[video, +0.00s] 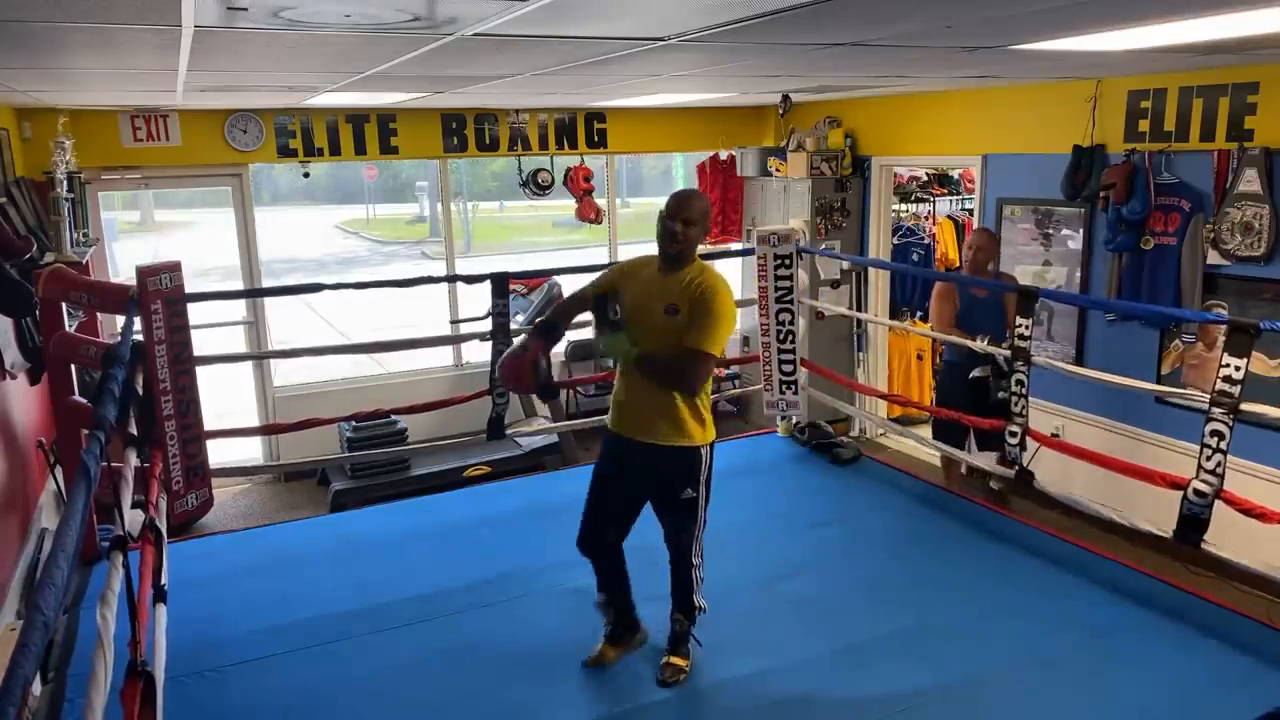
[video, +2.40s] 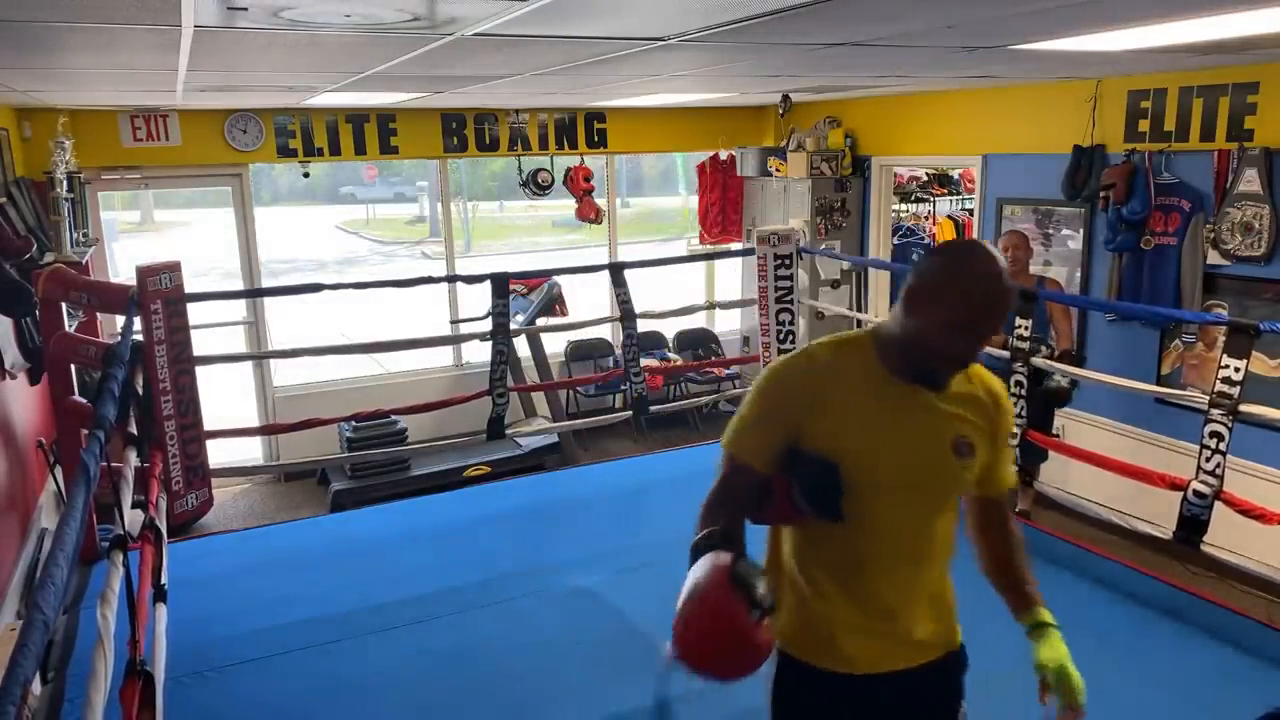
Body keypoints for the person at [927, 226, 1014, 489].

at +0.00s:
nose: (969, 253)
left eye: (978, 249)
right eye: (967, 247)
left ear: (993, 255)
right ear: (962, 248)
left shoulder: (1006, 284)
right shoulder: (948, 284)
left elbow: (1012, 328)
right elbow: (941, 329)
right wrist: (979, 344)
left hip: (993, 372)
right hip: (957, 371)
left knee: (989, 438)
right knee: (951, 438)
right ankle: (951, 493)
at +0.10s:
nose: (973, 254)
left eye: (981, 250)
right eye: (970, 248)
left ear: (996, 255)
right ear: (965, 250)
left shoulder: (1011, 285)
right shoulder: (951, 285)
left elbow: (1022, 326)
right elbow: (942, 330)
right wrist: (978, 344)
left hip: (999, 373)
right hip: (961, 371)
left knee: (1009, 435)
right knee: (954, 438)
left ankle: (1017, 499)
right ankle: (953, 497)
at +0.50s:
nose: (1014, 265)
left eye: (1019, 258)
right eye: (1007, 258)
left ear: (1025, 258)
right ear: (993, 258)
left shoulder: (1040, 291)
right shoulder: (974, 291)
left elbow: (1053, 340)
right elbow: (953, 333)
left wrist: (1048, 358)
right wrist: (969, 352)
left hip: (1024, 384)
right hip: (982, 381)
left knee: (1027, 450)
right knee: (968, 445)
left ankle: (1021, 514)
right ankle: (956, 498)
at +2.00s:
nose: (1010, 256)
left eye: (1016, 250)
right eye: (1005, 251)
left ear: (1031, 253)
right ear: (999, 255)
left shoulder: (1051, 289)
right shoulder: (990, 287)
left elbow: (1061, 331)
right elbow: (976, 332)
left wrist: (1065, 359)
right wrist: (1013, 346)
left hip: (1036, 380)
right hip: (994, 377)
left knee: (1031, 449)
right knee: (981, 445)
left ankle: (1022, 513)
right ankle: (972, 508)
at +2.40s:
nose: (1011, 254)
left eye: (1017, 248)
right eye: (1006, 249)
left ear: (1029, 252)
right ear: (1000, 254)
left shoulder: (1048, 287)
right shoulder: (994, 287)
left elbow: (1064, 331)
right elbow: (980, 332)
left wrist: (1061, 359)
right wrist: (1002, 343)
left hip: (1036, 373)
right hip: (996, 370)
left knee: (1031, 432)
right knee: (993, 427)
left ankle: (1025, 498)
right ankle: (987, 495)